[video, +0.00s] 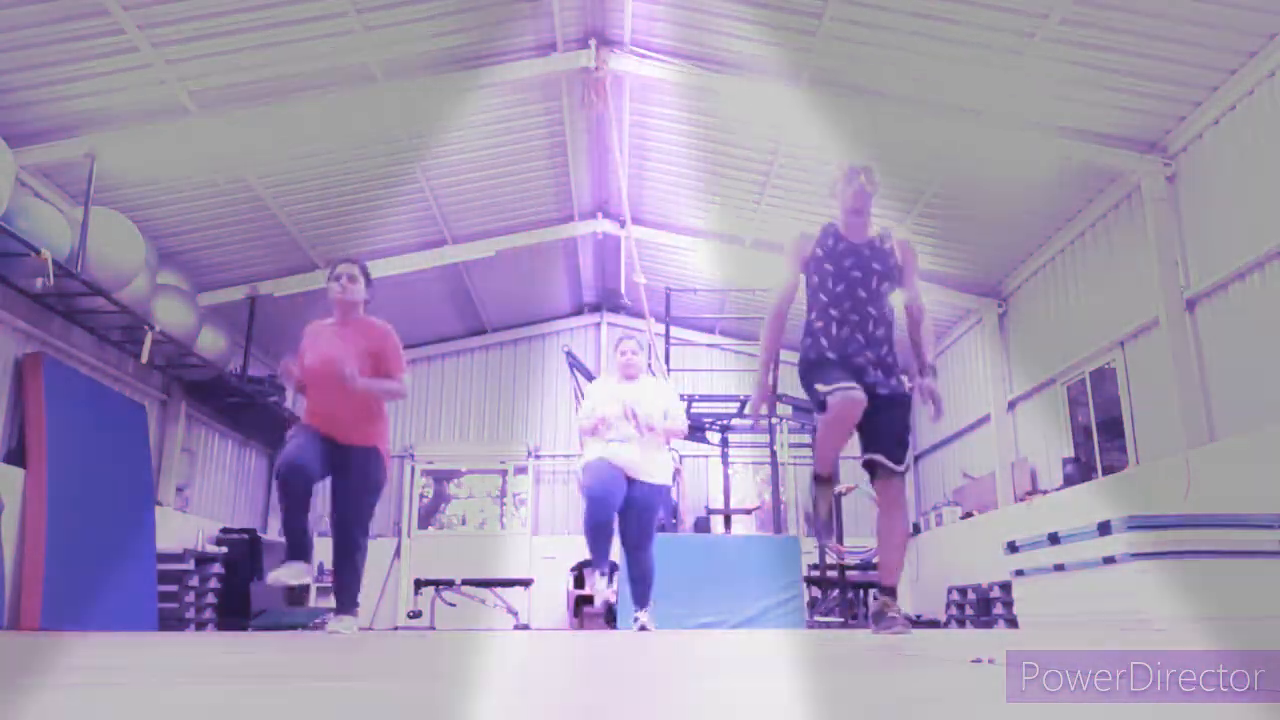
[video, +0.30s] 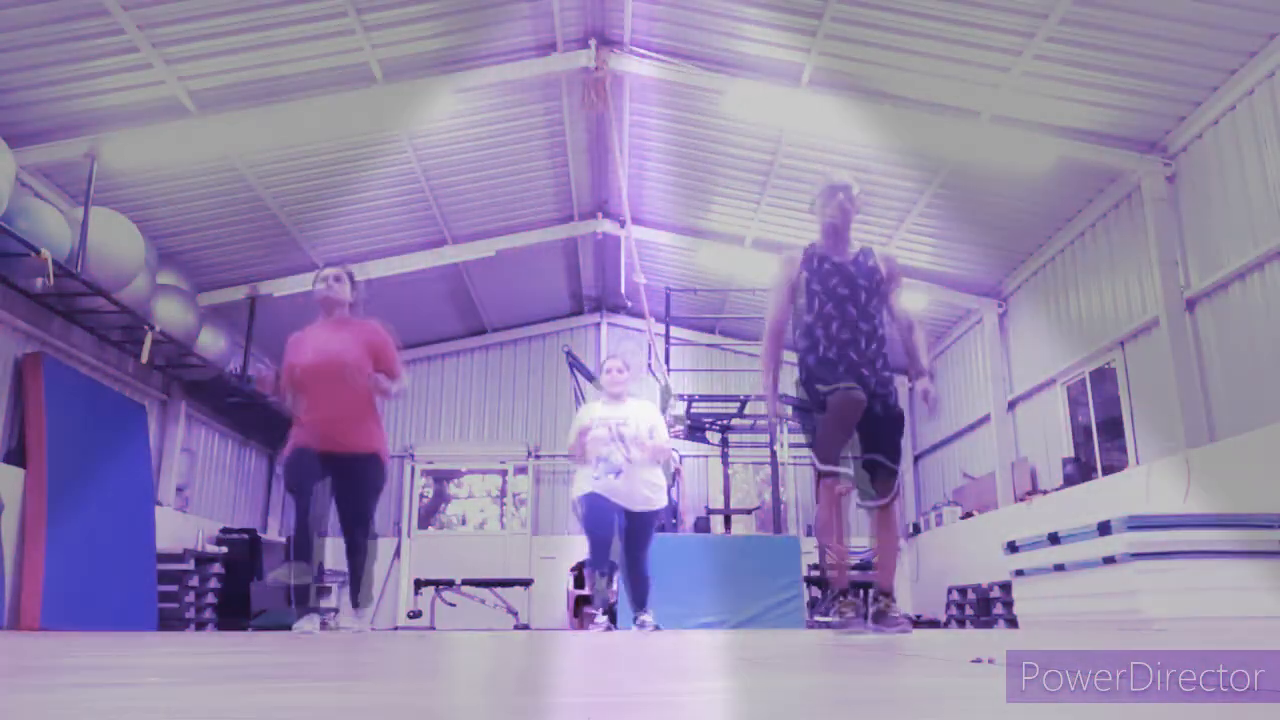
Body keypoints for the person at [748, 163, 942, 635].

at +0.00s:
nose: (862, 188)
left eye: (867, 181)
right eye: (852, 181)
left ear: (876, 193)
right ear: (836, 193)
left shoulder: (895, 246)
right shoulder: (811, 243)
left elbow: (914, 311)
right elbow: (779, 311)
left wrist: (925, 371)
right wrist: (764, 381)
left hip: (883, 368)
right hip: (826, 357)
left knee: (890, 483)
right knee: (848, 400)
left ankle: (887, 601)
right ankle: (823, 483)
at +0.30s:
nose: (841, 208)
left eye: (847, 202)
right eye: (833, 201)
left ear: (856, 212)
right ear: (817, 211)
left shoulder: (878, 263)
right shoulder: (799, 261)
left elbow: (904, 321)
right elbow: (776, 327)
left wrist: (919, 373)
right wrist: (770, 389)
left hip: (876, 377)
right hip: (821, 369)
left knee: (884, 496)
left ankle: (884, 599)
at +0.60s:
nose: (832, 203)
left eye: (838, 196)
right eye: (823, 196)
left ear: (846, 205)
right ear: (807, 205)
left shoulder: (867, 253)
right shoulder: (790, 254)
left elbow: (885, 316)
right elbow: (773, 323)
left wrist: (908, 374)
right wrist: (776, 386)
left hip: (873, 373)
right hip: (820, 377)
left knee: (898, 444)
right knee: (830, 491)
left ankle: (872, 499)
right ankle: (835, 599)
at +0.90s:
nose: (835, 196)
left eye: (842, 191)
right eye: (827, 191)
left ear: (851, 203)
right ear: (813, 204)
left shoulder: (873, 253)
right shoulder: (791, 251)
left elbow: (893, 309)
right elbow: (767, 313)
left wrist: (906, 361)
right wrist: (782, 359)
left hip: (864, 373)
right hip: (809, 375)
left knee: (877, 445)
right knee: (815, 488)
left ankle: (873, 552)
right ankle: (826, 591)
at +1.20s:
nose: (837, 230)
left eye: (843, 222)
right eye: (830, 222)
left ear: (852, 230)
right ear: (818, 230)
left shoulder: (871, 279)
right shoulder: (797, 279)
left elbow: (901, 330)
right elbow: (775, 333)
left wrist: (906, 377)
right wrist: (778, 371)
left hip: (861, 399)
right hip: (810, 399)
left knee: (869, 498)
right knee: (807, 502)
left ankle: (869, 599)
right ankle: (804, 598)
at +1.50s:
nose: (836, 249)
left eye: (842, 243)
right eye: (829, 243)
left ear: (851, 253)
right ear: (817, 251)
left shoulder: (869, 302)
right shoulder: (792, 300)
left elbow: (887, 364)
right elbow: (772, 358)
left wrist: (889, 417)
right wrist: (762, 414)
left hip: (854, 411)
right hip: (805, 404)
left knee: (854, 510)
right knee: (816, 439)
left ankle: (850, 605)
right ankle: (797, 492)